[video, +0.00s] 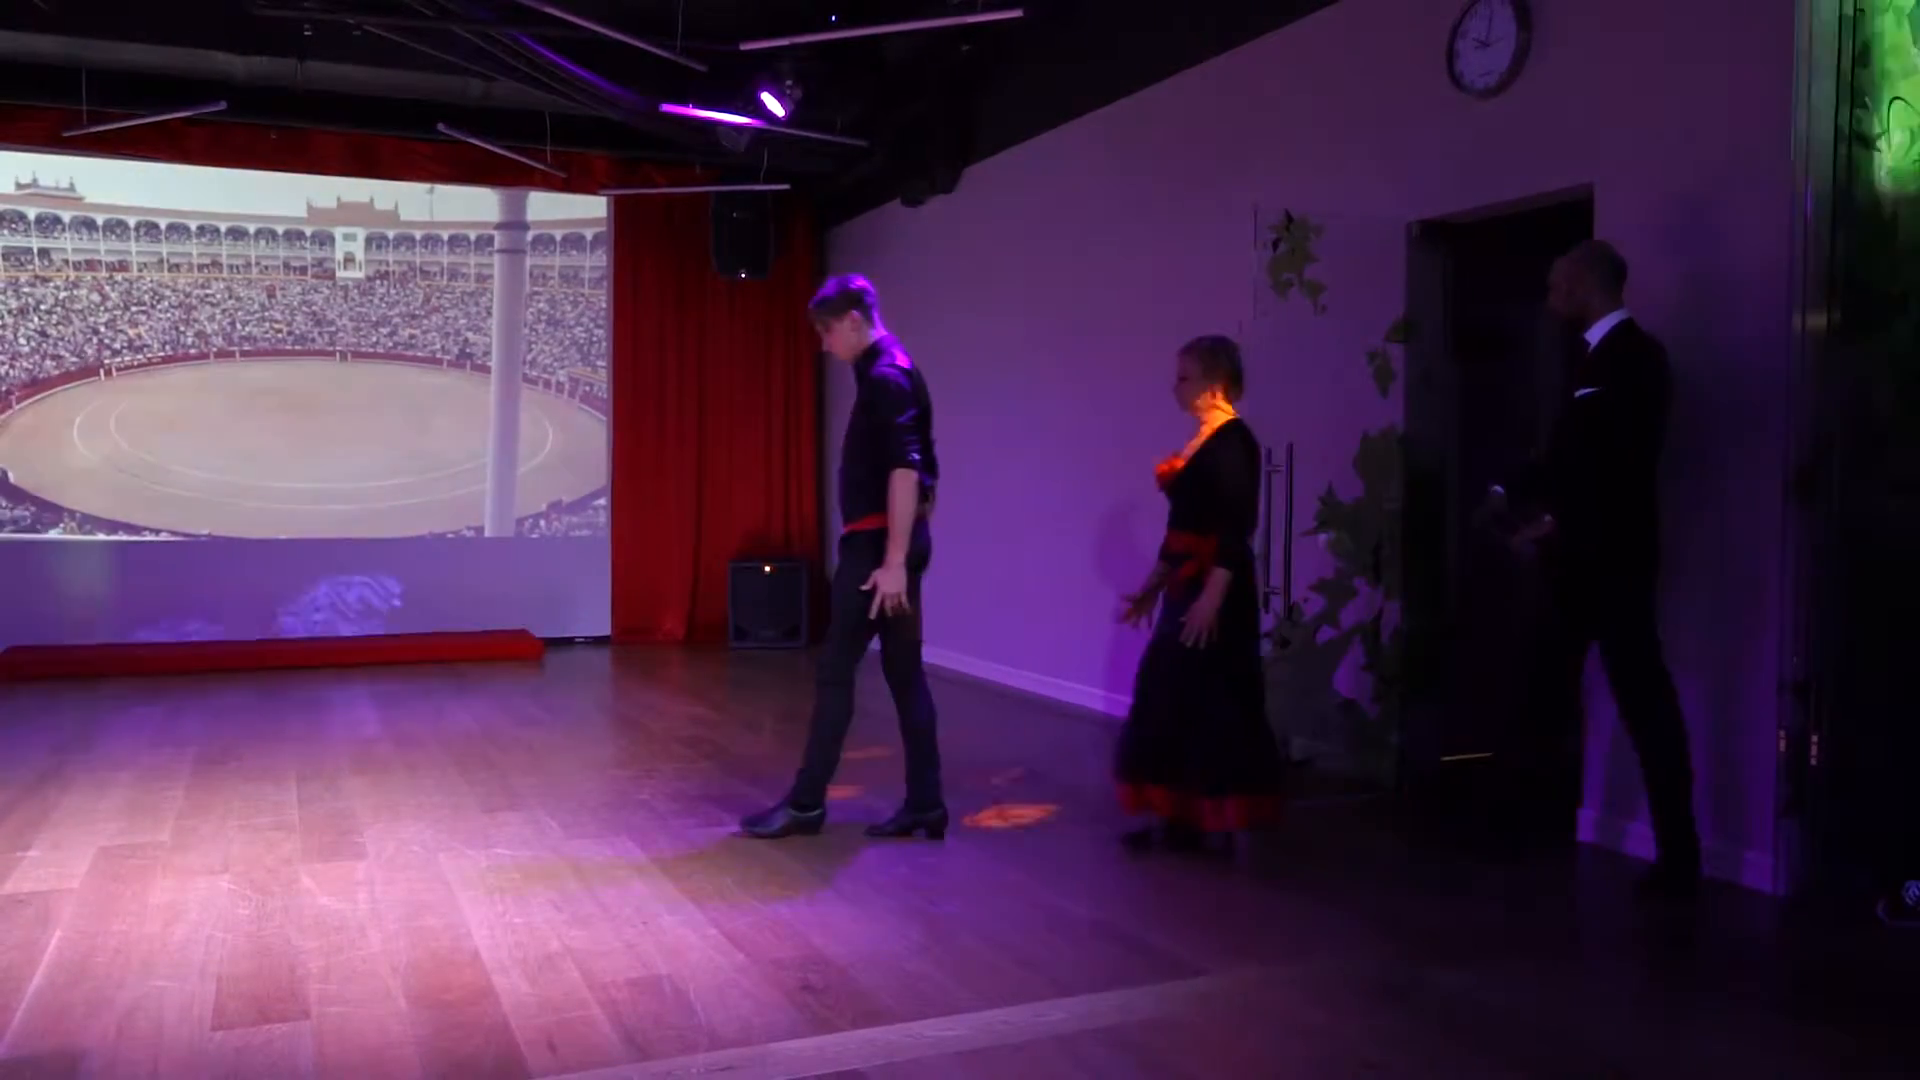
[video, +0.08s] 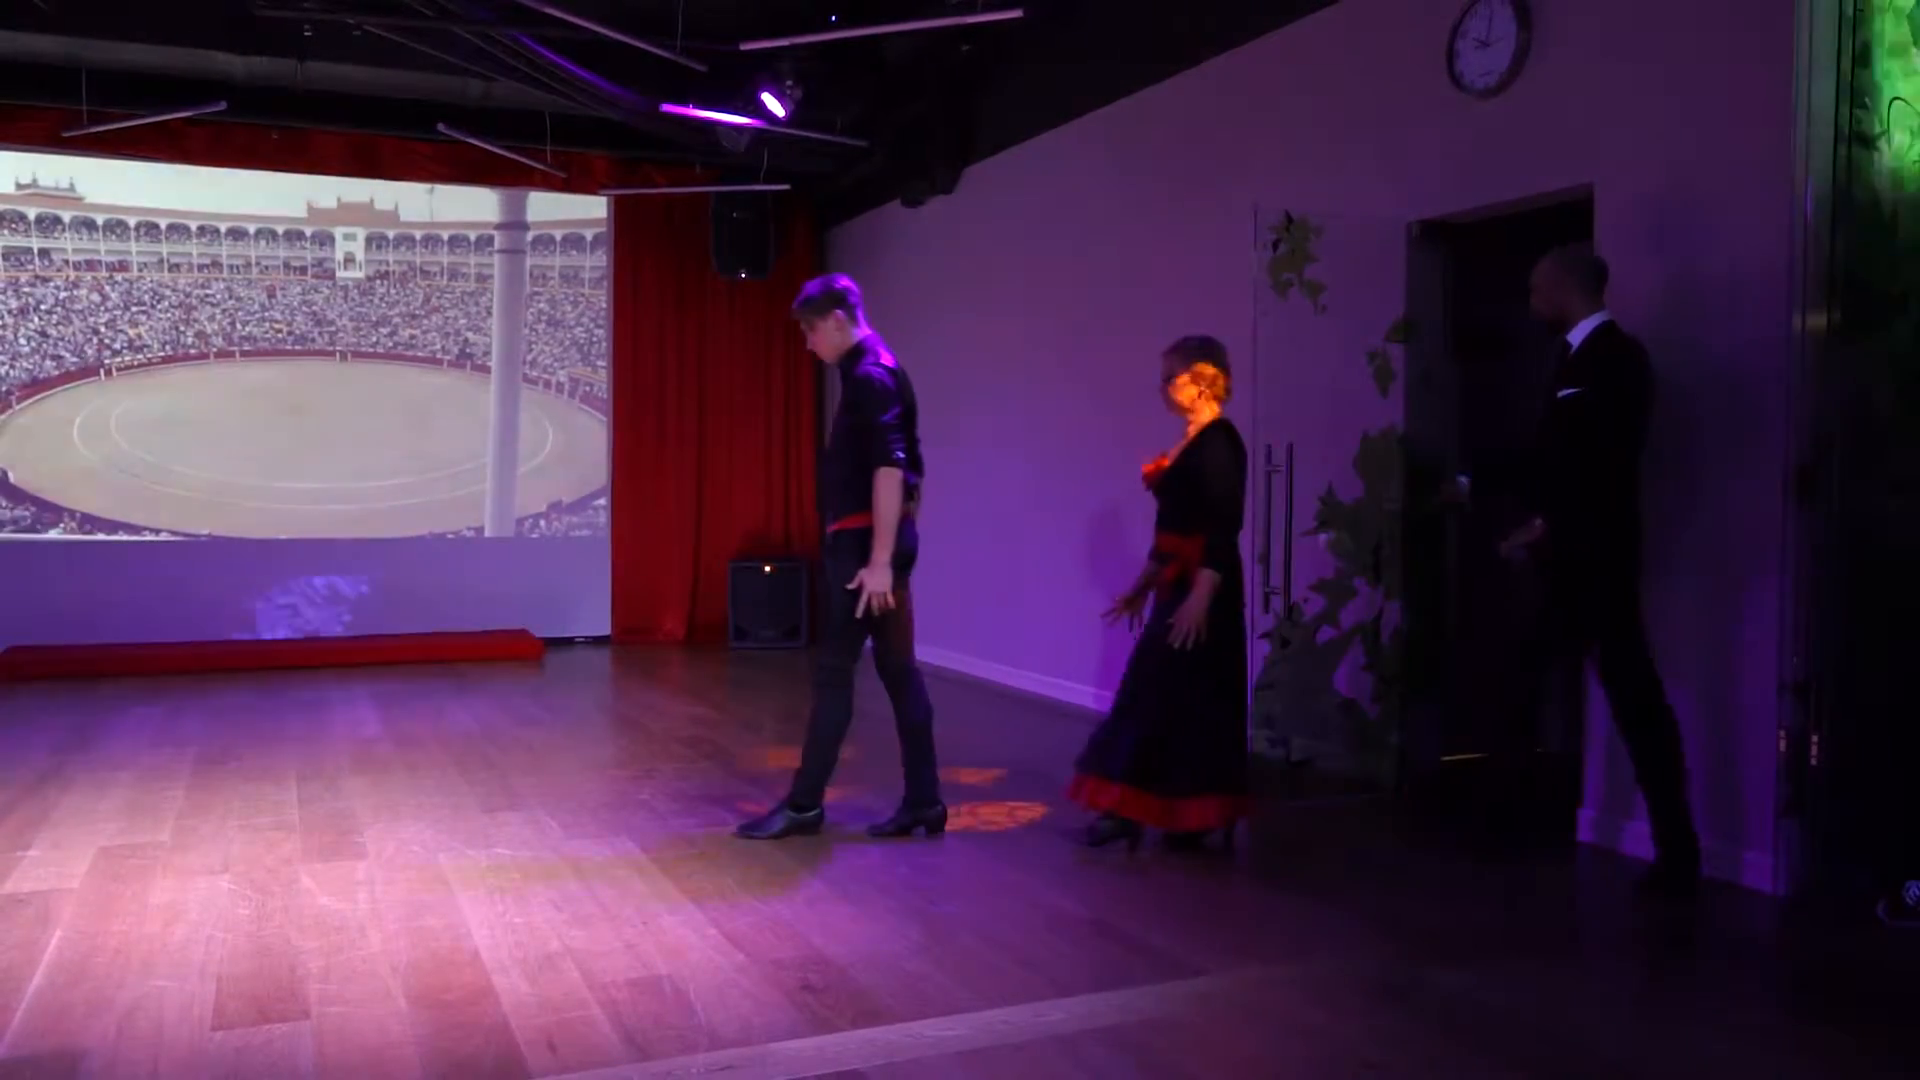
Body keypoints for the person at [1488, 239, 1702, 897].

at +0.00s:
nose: (1553, 294)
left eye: (1561, 282)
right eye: (1555, 282)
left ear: (1592, 285)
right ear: (1603, 286)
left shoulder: (1625, 358)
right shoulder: (1600, 353)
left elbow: (1597, 462)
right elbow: (1578, 456)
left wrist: (1543, 509)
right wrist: (1542, 510)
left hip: (1610, 553)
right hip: (1590, 550)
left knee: (1644, 700)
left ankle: (1677, 852)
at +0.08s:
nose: (1534, 301)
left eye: (1541, 288)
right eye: (1535, 289)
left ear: (1570, 288)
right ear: (1584, 287)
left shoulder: (1598, 361)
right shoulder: (1601, 356)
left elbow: (1585, 470)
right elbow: (1584, 469)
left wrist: (1547, 525)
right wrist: (1546, 525)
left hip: (1595, 552)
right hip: (1590, 549)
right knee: (1634, 695)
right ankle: (1675, 847)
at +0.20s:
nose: (1504, 302)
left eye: (1511, 290)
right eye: (1505, 290)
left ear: (1538, 291)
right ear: (1548, 290)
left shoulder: (1579, 358)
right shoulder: (1554, 356)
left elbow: (1573, 468)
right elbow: (1560, 467)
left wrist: (1532, 534)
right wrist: (1528, 532)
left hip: (1578, 550)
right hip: (1565, 548)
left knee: (1617, 692)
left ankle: (1669, 846)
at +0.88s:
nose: (1431, 302)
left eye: (1439, 289)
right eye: (1430, 291)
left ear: (1473, 288)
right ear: (1459, 293)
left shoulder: (1528, 350)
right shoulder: (1474, 360)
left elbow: (1548, 452)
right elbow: (1417, 432)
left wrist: (1536, 535)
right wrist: (1332, 449)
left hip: (1531, 555)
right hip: (1489, 548)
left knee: (1531, 689)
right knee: (1495, 685)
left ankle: (1534, 833)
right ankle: (1497, 822)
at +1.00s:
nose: (1430, 302)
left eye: (1438, 288)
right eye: (1430, 291)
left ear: (1469, 288)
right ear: (1461, 291)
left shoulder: (1524, 349)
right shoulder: (1477, 358)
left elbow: (1541, 450)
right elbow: (1421, 433)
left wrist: (1531, 534)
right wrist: (1336, 450)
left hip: (1523, 552)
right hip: (1486, 547)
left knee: (1524, 687)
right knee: (1493, 684)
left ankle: (1528, 831)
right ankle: (1495, 821)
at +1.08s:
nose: (1431, 303)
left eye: (1437, 289)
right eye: (1430, 291)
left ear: (1469, 286)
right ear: (1457, 290)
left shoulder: (1522, 349)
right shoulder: (1475, 357)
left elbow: (1538, 450)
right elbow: (1426, 438)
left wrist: (1527, 534)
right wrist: (1342, 452)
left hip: (1518, 551)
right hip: (1481, 546)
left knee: (1519, 686)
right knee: (1489, 684)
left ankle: (1523, 830)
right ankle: (1491, 821)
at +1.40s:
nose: (1440, 302)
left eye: (1445, 290)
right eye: (1441, 291)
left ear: (1466, 290)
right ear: (1482, 288)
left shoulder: (1508, 352)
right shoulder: (1487, 352)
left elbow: (1510, 459)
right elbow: (1475, 457)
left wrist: (1501, 540)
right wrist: (1393, 457)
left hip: (1510, 557)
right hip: (1492, 551)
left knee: (1507, 691)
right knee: (1498, 689)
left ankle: (1515, 828)